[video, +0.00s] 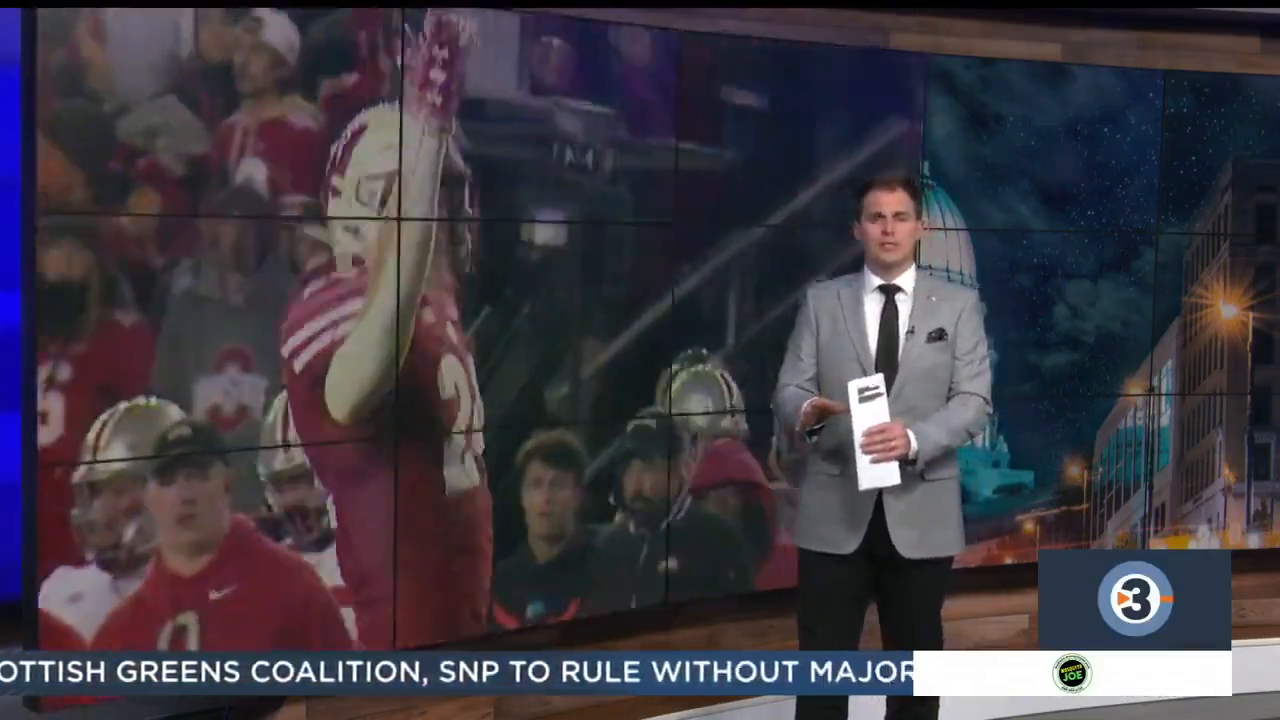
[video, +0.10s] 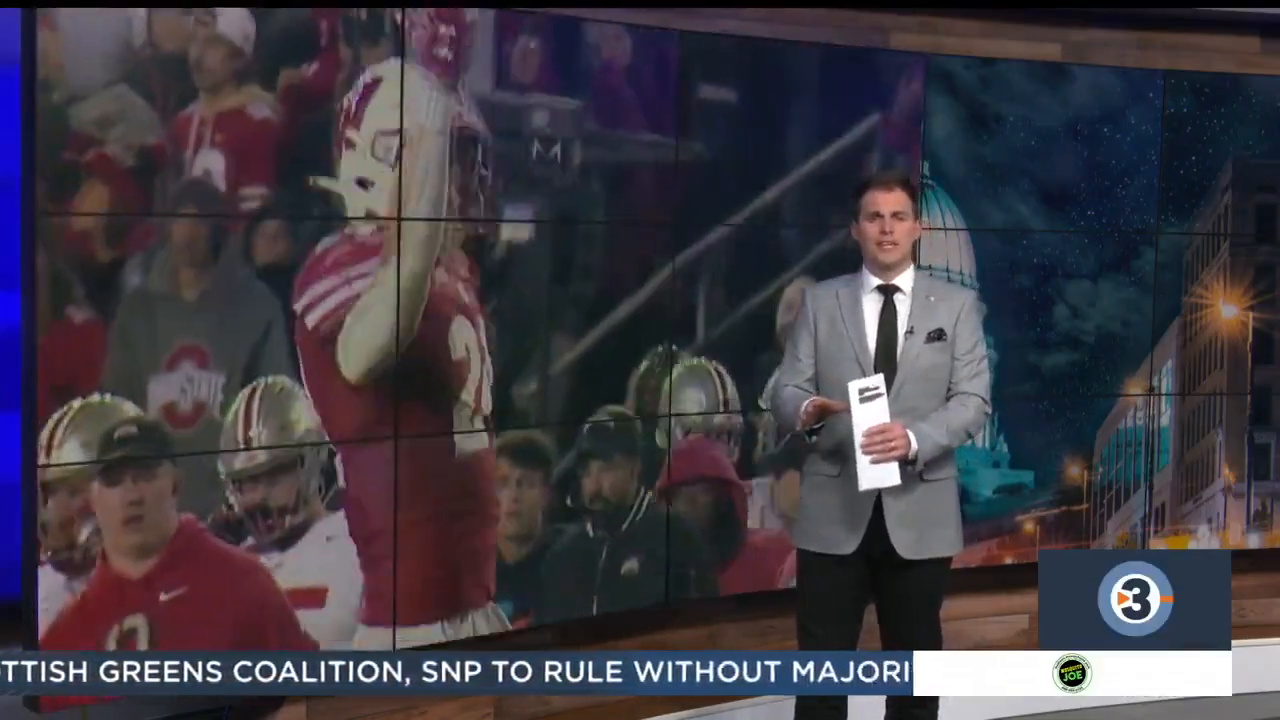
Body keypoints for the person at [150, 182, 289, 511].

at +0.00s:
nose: (238, 242)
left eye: (247, 231)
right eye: (230, 230)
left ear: (263, 234)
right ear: (213, 234)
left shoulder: (285, 295)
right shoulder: (187, 300)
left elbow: (301, 381)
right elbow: (167, 386)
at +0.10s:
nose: (187, 233)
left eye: (198, 220)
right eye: (180, 220)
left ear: (217, 230)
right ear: (167, 227)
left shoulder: (257, 305)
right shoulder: (137, 304)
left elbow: (277, 402)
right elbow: (115, 395)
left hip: (232, 481)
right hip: (150, 481)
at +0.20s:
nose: (169, 244)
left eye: (181, 232)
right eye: (161, 231)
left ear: (200, 242)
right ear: (149, 239)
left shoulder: (241, 314)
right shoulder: (119, 314)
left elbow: (263, 411)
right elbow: (98, 406)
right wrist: (99, 497)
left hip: (217, 494)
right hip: (134, 494)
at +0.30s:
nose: (146, 248)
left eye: (156, 237)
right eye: (138, 235)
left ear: (175, 241)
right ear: (125, 237)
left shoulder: (217, 312)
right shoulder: (95, 309)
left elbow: (240, 408)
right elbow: (72, 402)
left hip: (191, 491)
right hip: (108, 490)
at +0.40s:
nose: (113, 215)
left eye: (124, 204)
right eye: (104, 204)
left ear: (145, 212)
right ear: (90, 210)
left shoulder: (183, 282)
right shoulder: (59, 287)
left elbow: (209, 374)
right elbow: (43, 378)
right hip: (79, 462)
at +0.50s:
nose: (73, 166)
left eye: (84, 153)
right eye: (63, 152)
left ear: (103, 162)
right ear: (50, 163)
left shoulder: (144, 244)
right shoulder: (31, 237)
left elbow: (172, 344)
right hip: (41, 432)